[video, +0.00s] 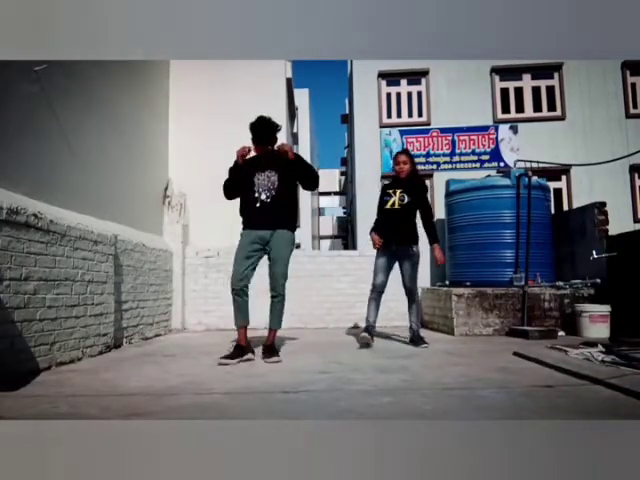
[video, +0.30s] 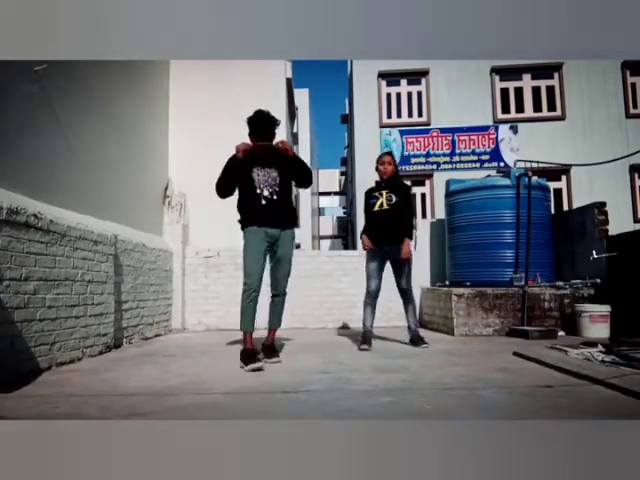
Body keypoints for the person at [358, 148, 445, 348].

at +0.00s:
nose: (401, 167)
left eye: (405, 163)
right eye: (398, 164)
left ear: (412, 165)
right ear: (394, 166)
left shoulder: (418, 186)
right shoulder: (387, 187)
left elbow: (426, 217)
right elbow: (381, 215)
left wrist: (435, 245)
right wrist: (374, 232)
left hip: (408, 244)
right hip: (386, 243)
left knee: (410, 289)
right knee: (377, 286)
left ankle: (415, 332)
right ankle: (368, 330)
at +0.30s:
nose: (385, 167)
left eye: (389, 164)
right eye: (382, 164)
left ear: (395, 167)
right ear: (377, 167)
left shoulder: (404, 189)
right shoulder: (371, 193)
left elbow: (410, 217)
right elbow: (368, 219)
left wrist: (408, 240)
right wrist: (364, 235)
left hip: (398, 243)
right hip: (375, 244)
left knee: (405, 289)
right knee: (372, 290)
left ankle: (414, 332)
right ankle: (366, 334)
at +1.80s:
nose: (402, 162)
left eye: (406, 159)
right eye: (399, 160)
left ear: (412, 162)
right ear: (394, 163)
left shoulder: (419, 184)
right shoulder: (386, 184)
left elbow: (435, 213)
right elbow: (377, 216)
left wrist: (427, 236)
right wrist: (373, 207)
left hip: (411, 243)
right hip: (389, 242)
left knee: (411, 288)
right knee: (378, 286)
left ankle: (417, 334)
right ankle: (373, 333)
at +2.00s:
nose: (400, 164)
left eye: (404, 160)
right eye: (397, 161)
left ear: (411, 163)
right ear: (394, 165)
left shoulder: (419, 185)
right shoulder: (387, 185)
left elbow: (431, 215)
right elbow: (368, 205)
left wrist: (424, 236)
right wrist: (370, 183)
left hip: (410, 244)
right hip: (387, 243)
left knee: (411, 289)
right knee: (378, 289)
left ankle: (417, 334)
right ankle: (375, 333)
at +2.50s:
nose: (371, 167)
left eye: (374, 164)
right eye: (368, 165)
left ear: (382, 166)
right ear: (365, 169)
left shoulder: (393, 191)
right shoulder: (361, 189)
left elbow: (403, 215)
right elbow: (350, 188)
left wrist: (409, 237)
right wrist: (357, 168)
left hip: (389, 246)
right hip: (367, 247)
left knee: (400, 290)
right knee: (364, 292)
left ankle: (416, 334)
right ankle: (361, 336)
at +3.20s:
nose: (374, 168)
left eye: (377, 165)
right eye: (370, 165)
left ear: (381, 168)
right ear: (363, 167)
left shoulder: (387, 191)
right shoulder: (355, 190)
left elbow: (397, 214)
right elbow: (346, 207)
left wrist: (407, 232)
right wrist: (357, 187)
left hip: (389, 244)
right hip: (366, 245)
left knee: (400, 286)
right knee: (365, 290)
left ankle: (409, 331)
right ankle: (361, 335)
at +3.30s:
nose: (380, 169)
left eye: (382, 166)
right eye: (376, 166)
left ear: (386, 169)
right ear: (369, 169)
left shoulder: (392, 192)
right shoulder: (360, 191)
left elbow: (405, 216)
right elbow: (347, 213)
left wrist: (417, 237)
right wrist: (365, 201)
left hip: (394, 246)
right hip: (371, 246)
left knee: (401, 289)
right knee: (368, 291)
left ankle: (408, 333)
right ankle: (362, 335)